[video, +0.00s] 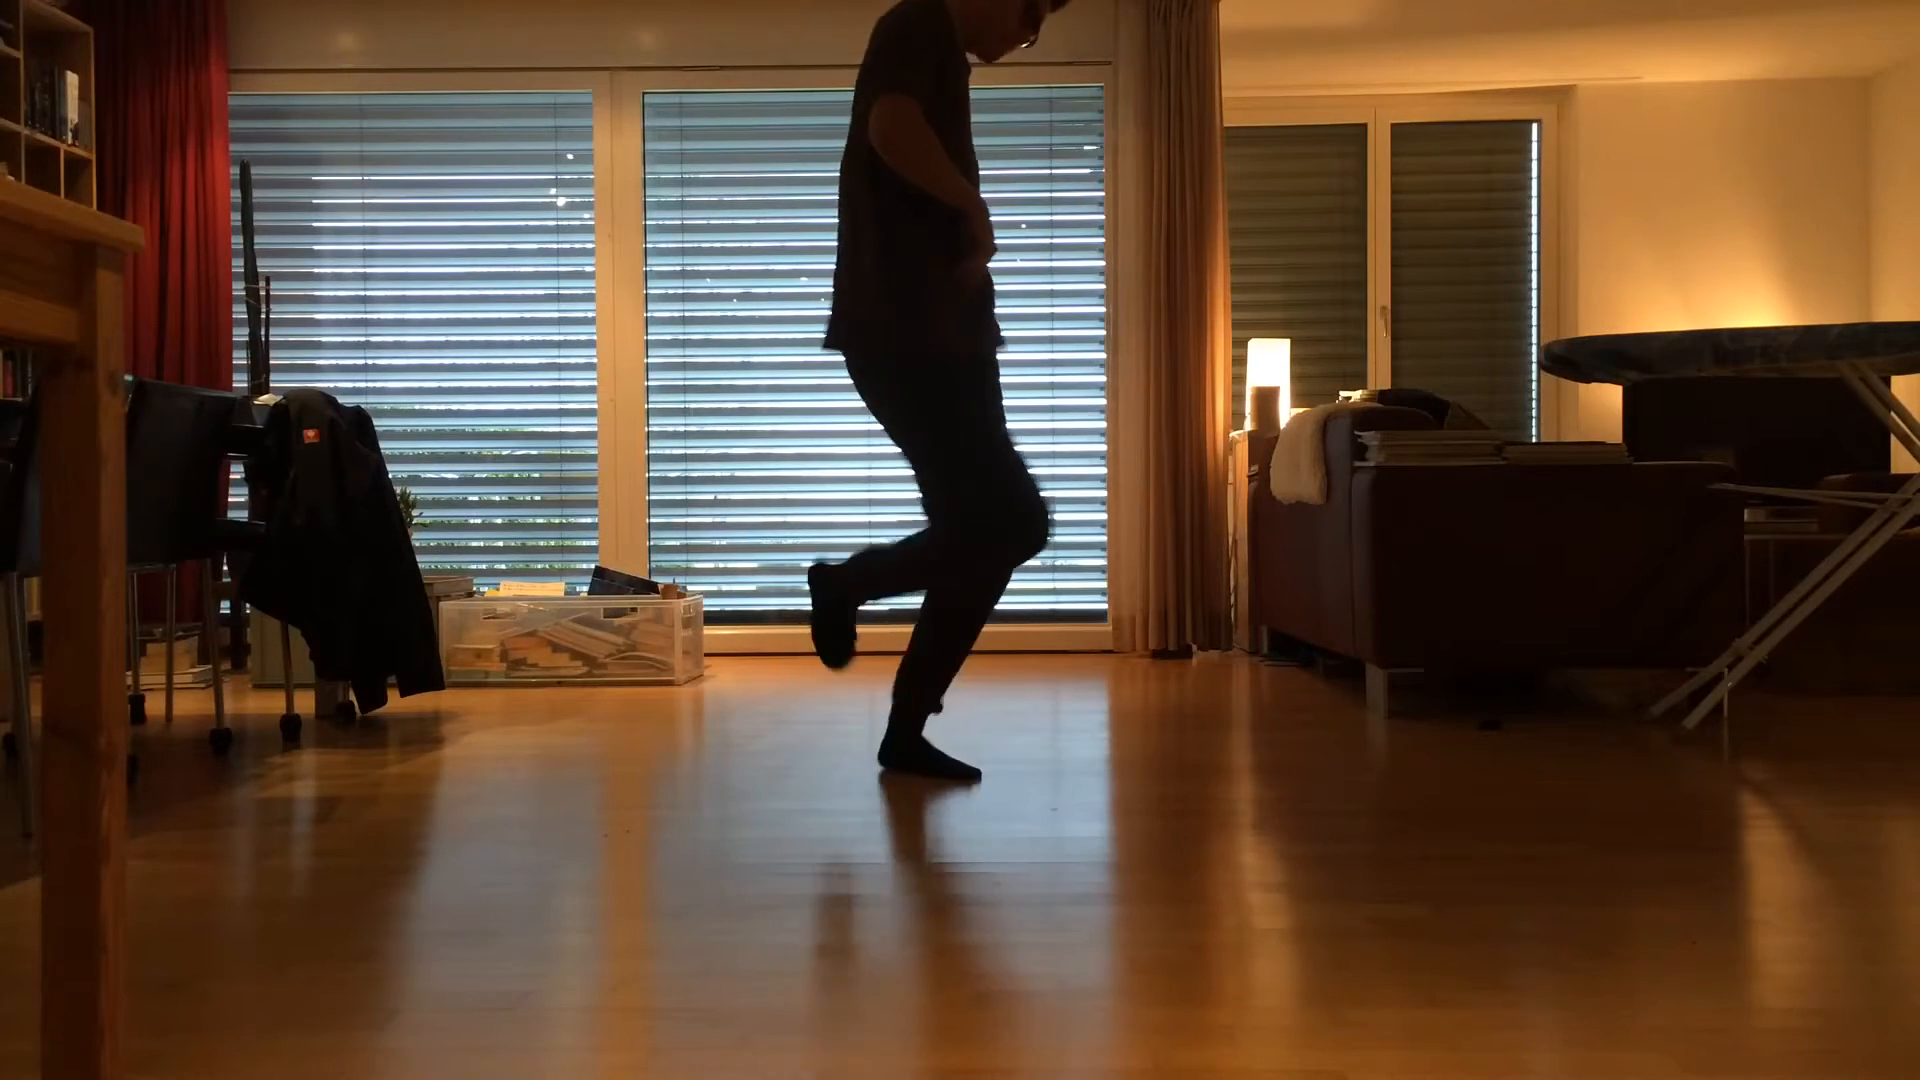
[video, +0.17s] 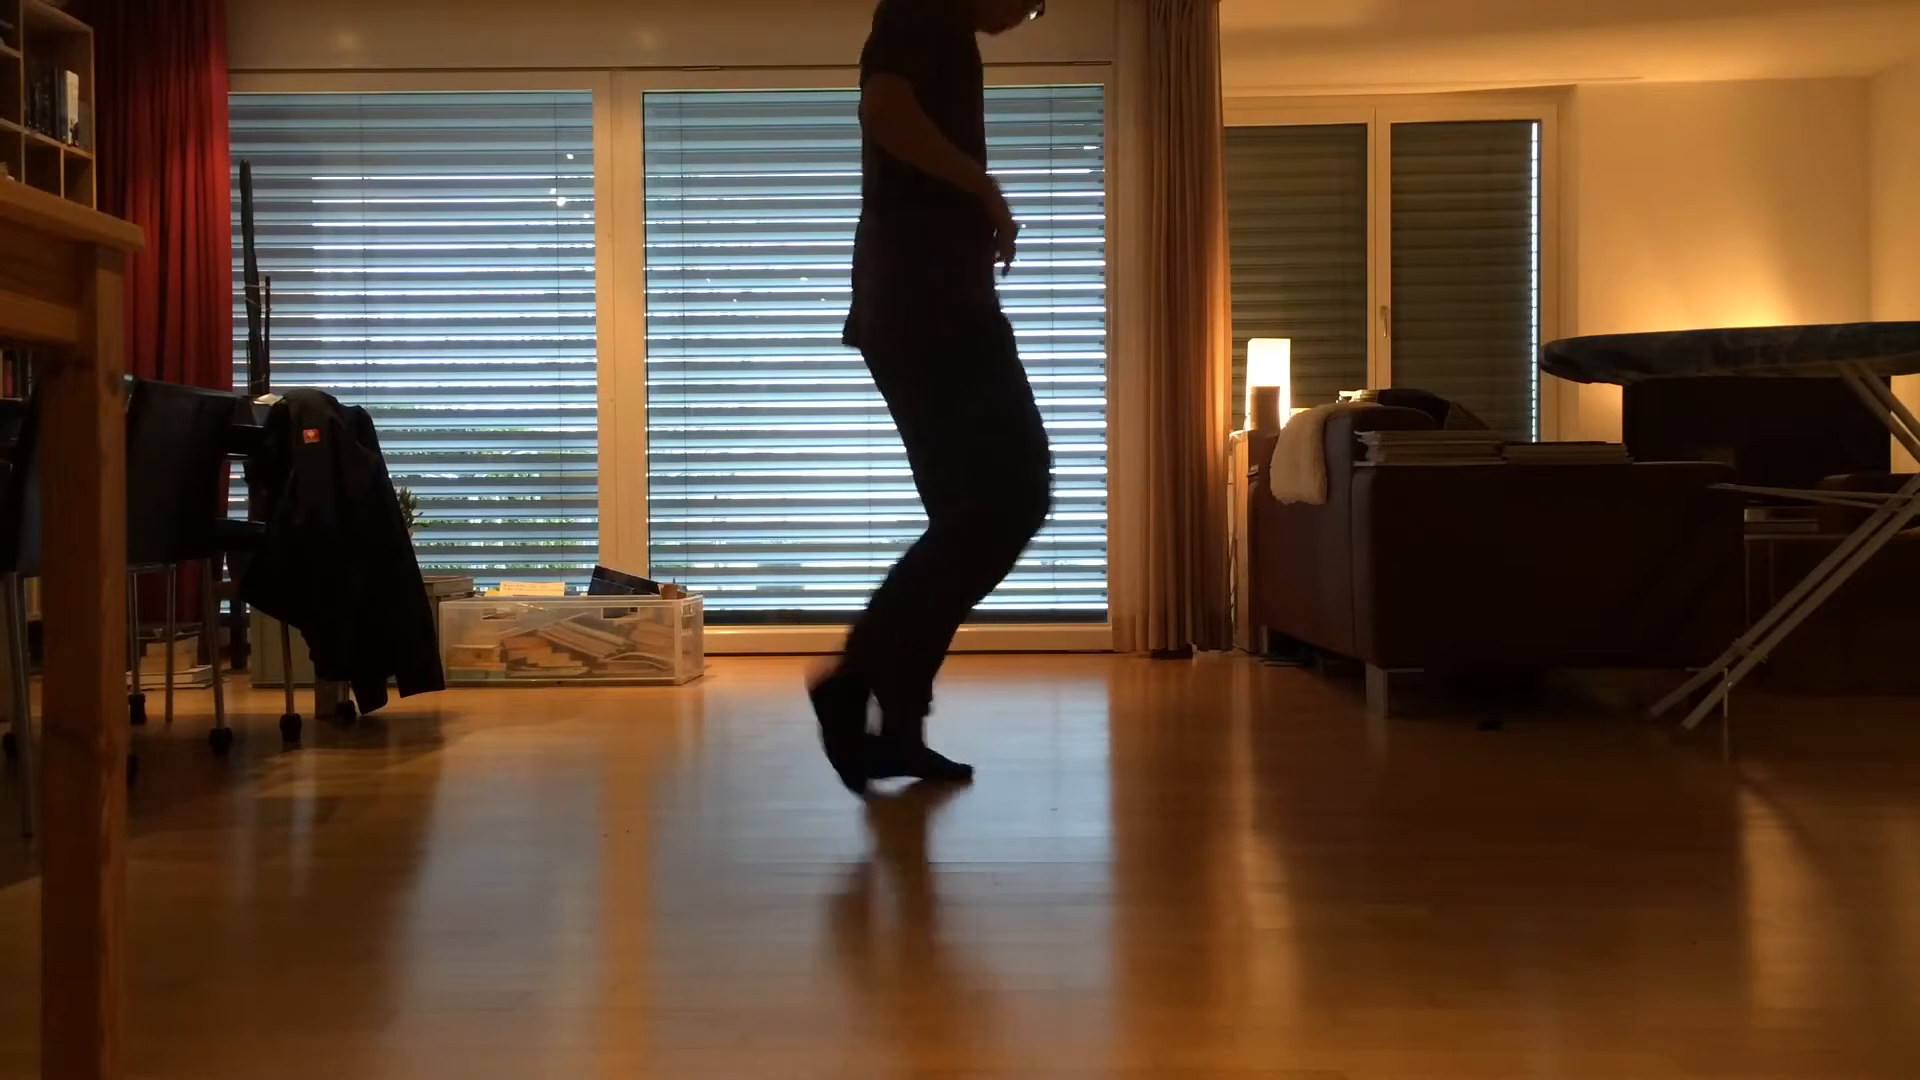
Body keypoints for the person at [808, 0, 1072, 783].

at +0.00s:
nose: (1022, 42)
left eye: (1032, 31)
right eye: (1027, 24)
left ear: (994, 8)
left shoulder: (931, 48)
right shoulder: (916, 29)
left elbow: (895, 199)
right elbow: (891, 126)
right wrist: (972, 205)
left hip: (931, 340)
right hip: (904, 339)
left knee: (986, 533)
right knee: (1016, 523)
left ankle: (906, 734)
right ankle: (845, 582)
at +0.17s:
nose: (1022, 15)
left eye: (1027, 8)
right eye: (1021, 3)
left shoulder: (941, 37)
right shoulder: (921, 18)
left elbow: (908, 148)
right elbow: (887, 115)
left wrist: (977, 222)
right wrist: (984, 184)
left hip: (928, 311)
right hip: (930, 313)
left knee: (979, 511)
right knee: (1010, 501)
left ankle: (899, 724)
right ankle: (851, 685)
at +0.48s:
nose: (1037, 7)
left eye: (1038, 5)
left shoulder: (942, 28)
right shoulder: (930, 7)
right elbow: (903, 58)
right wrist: (996, 155)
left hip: (913, 281)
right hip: (943, 273)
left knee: (986, 508)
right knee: (1109, 425)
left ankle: (939, 762)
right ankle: (973, 621)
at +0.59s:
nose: (1031, 3)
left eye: (1034, 2)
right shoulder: (938, 4)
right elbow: (895, 49)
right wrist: (997, 144)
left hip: (915, 277)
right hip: (958, 264)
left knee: (989, 525)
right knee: (1140, 404)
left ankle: (932, 758)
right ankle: (973, 579)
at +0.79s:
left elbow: (883, 171)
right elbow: (929, 37)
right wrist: (1036, 122)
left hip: (937, 283)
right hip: (990, 273)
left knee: (985, 522)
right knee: (1039, 512)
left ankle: (978, 786)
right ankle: (1013, 786)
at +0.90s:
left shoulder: (903, 28)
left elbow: (889, 159)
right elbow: (926, 17)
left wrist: (1009, 160)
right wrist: (1034, 95)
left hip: (934, 286)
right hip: (993, 267)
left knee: (1013, 516)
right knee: (1143, 439)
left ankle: (982, 789)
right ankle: (1045, 690)